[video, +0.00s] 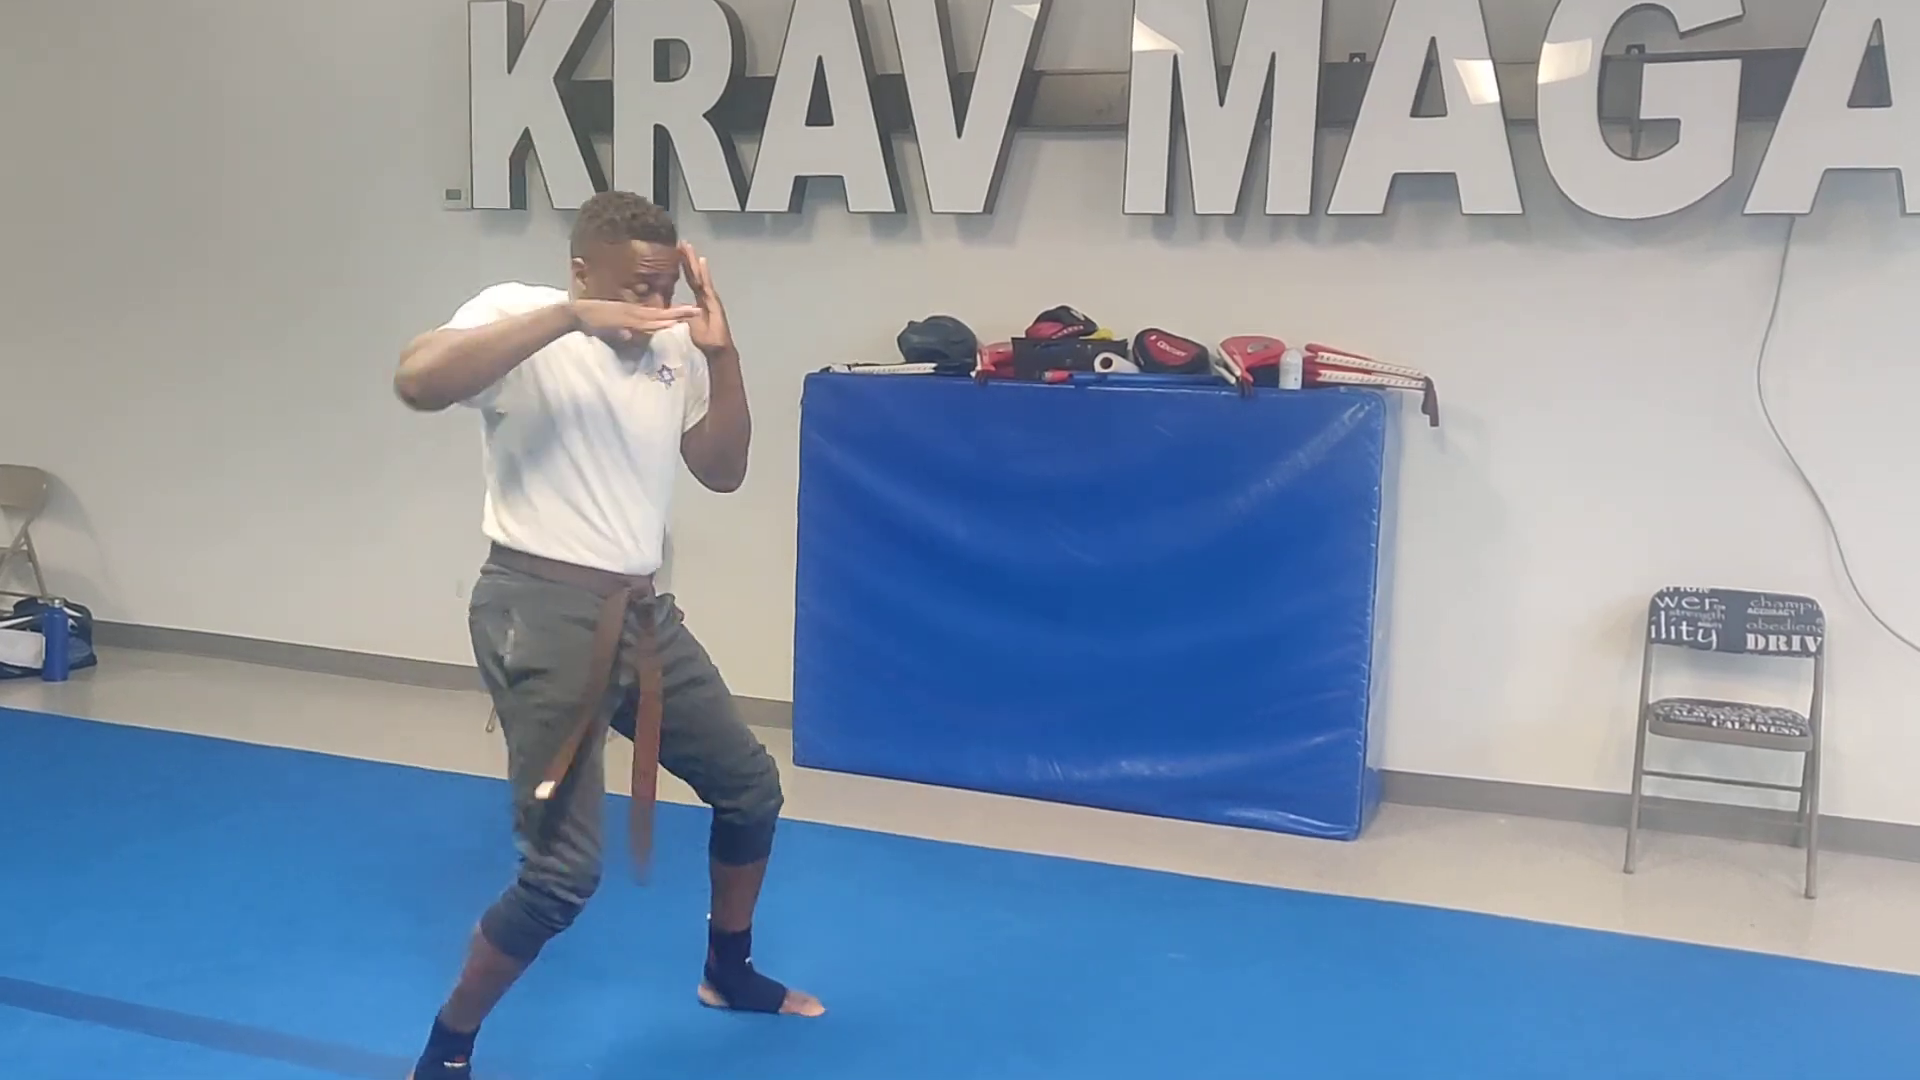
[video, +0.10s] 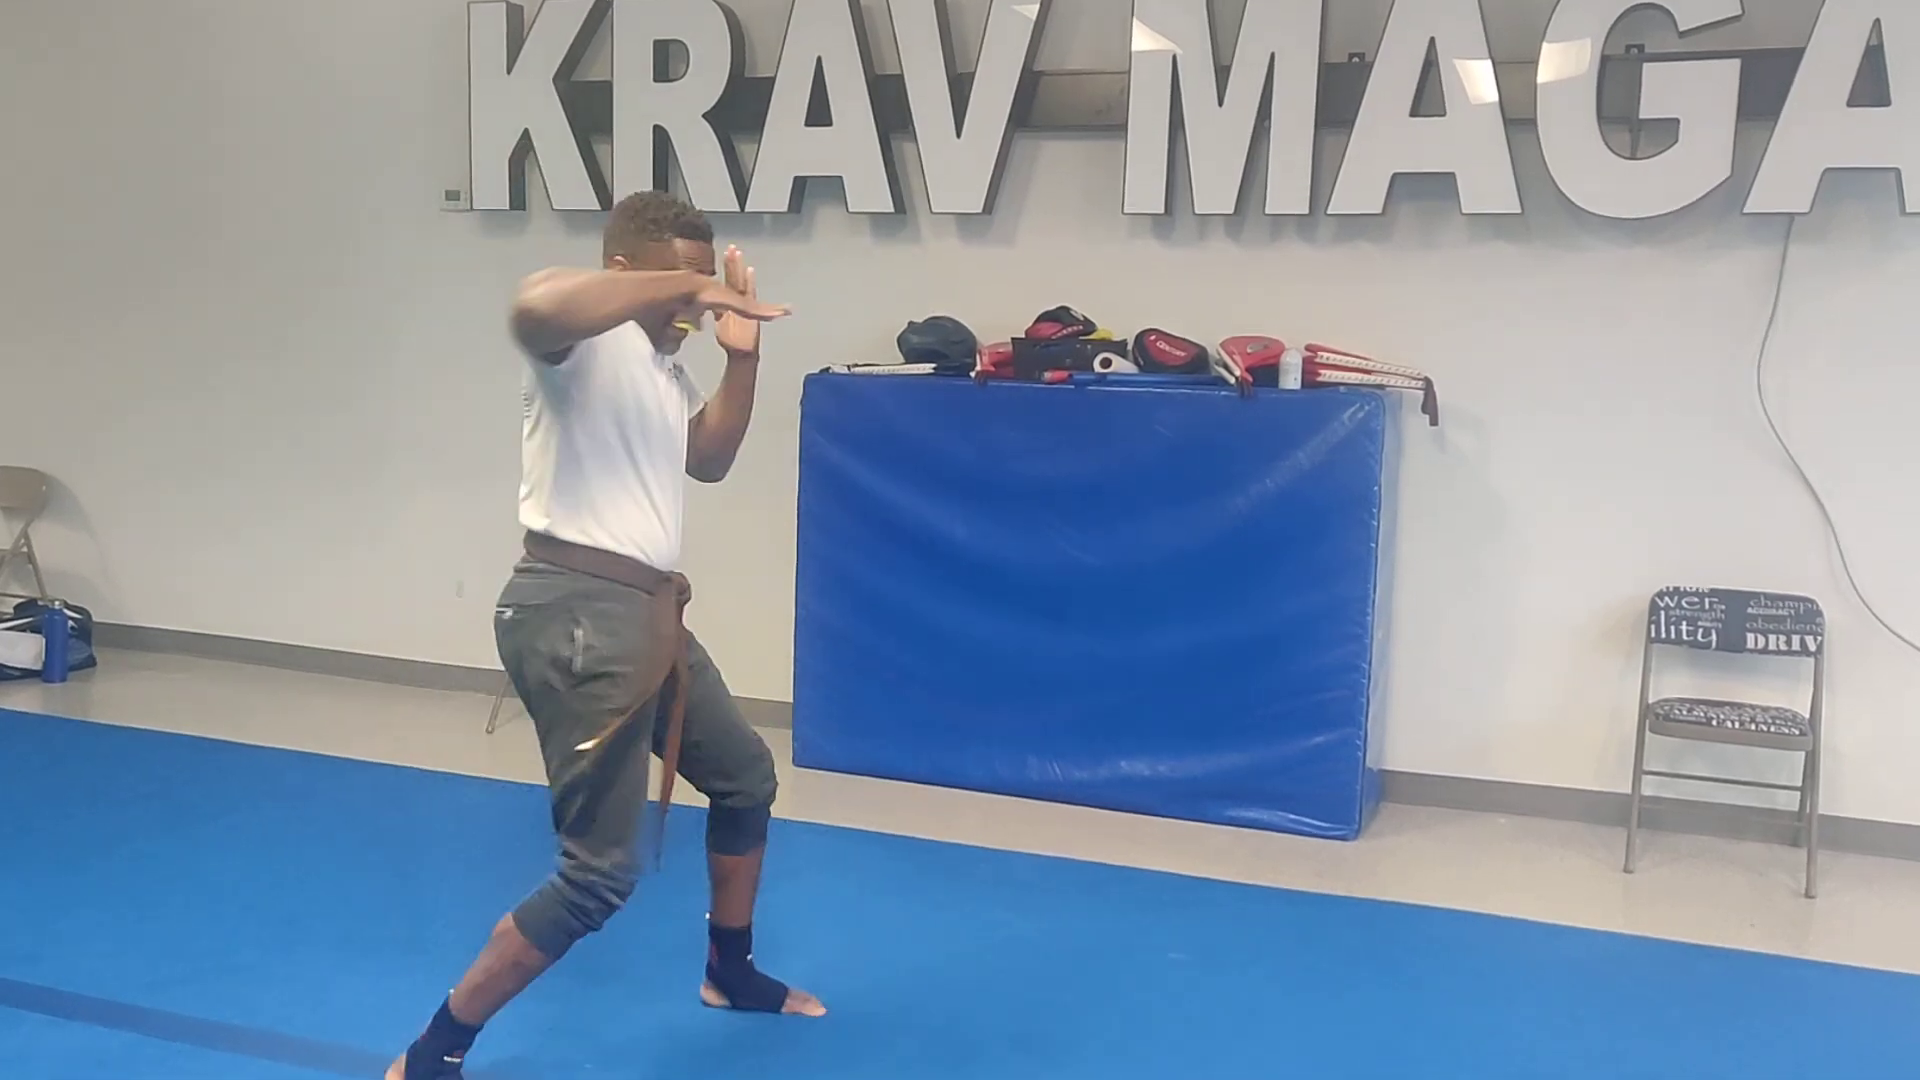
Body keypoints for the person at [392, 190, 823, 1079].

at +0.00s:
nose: (656, 298)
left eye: (664, 282)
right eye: (641, 281)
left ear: (674, 278)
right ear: (586, 269)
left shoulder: (673, 349)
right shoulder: (519, 312)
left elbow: (723, 468)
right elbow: (418, 379)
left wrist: (723, 356)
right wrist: (572, 314)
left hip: (640, 608)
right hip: (541, 606)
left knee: (749, 789)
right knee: (562, 871)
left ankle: (731, 971)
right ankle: (443, 1057)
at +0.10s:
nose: (703, 294)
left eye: (708, 278)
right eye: (694, 275)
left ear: (683, 281)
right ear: (642, 264)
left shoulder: (666, 371)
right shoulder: (584, 329)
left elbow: (708, 459)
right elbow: (537, 310)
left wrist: (744, 359)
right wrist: (691, 288)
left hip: (646, 609)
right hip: (579, 606)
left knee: (747, 777)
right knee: (600, 872)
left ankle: (732, 971)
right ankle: (432, 1055)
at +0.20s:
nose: (708, 283)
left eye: (710, 269)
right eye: (705, 272)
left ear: (625, 258)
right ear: (669, 264)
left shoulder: (560, 327)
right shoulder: (646, 309)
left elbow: (669, 438)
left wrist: (733, 361)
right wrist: (815, 287)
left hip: (564, 597)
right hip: (621, 606)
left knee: (733, 761)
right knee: (622, 871)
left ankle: (735, 971)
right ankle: (421, 1057)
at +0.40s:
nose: (732, 324)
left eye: (732, 308)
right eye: (726, 308)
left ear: (639, 290)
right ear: (679, 292)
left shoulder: (536, 357)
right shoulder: (728, 359)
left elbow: (578, 467)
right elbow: (854, 401)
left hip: (572, 631)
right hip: (659, 636)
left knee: (746, 764)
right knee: (626, 880)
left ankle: (733, 970)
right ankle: (434, 1059)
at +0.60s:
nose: (736, 308)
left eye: (736, 294)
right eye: (727, 293)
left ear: (650, 280)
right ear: (666, 277)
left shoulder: (561, 339)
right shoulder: (703, 334)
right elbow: (878, 322)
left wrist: (697, 569)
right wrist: (809, 353)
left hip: (584, 605)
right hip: (650, 616)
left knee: (761, 781)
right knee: (615, 867)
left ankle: (737, 973)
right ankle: (411, 1051)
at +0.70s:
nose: (736, 286)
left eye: (733, 266)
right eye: (733, 266)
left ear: (655, 253)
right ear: (706, 256)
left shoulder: (587, 318)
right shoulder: (680, 308)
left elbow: (637, 431)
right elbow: (763, 234)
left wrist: (723, 390)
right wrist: (847, 281)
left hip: (597, 584)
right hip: (628, 599)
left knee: (748, 781)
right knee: (621, 860)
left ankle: (736, 974)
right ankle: (418, 1017)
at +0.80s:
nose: (732, 305)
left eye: (736, 292)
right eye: (723, 288)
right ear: (688, 261)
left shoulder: (671, 358)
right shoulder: (624, 323)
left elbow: (681, 466)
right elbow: (695, 254)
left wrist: (744, 385)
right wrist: (793, 290)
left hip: (660, 602)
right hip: (593, 602)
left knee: (779, 770)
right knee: (579, 865)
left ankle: (744, 964)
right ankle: (442, 1037)